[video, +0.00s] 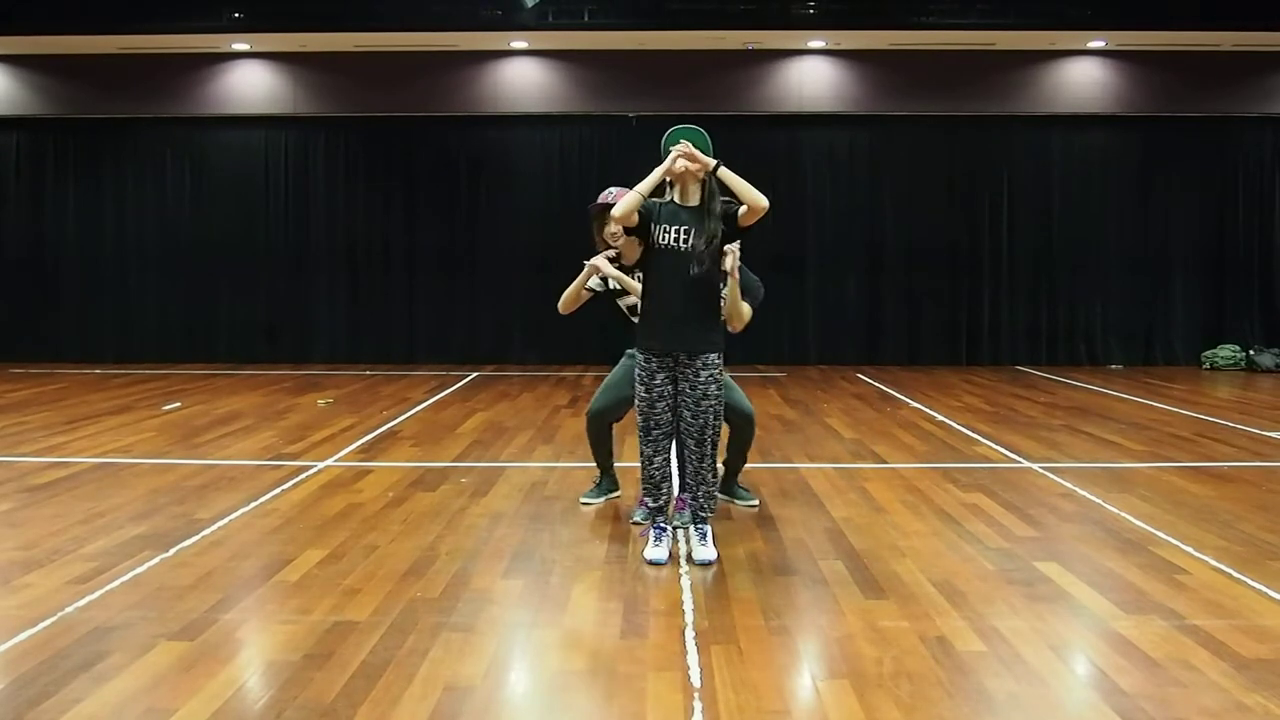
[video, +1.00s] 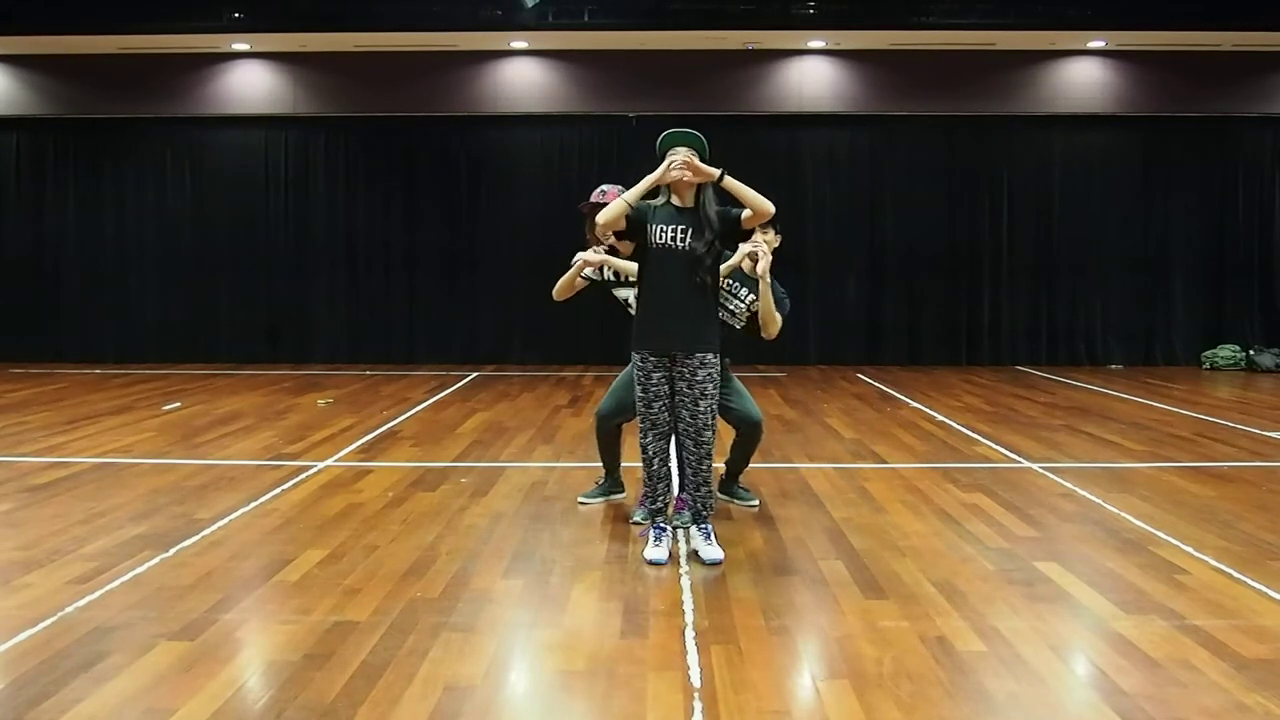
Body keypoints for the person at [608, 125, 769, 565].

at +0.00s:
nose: (682, 162)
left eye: (689, 157)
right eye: (676, 157)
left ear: (703, 168)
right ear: (667, 168)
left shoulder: (719, 213)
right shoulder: (653, 209)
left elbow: (759, 206)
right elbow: (620, 214)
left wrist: (714, 167)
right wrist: (661, 172)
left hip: (703, 346)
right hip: (654, 345)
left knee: (702, 436)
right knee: (654, 436)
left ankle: (699, 521)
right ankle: (658, 523)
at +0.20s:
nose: (681, 165)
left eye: (688, 160)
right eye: (675, 159)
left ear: (702, 171)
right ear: (666, 169)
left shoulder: (718, 216)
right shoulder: (651, 210)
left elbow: (765, 211)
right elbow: (612, 223)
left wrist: (717, 173)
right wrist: (658, 178)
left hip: (701, 345)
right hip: (653, 343)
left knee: (701, 435)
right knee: (655, 434)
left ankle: (699, 521)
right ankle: (658, 523)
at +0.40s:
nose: (682, 164)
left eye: (689, 160)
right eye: (676, 160)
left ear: (702, 170)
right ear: (666, 171)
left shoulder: (716, 215)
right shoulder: (649, 209)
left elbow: (761, 213)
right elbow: (611, 221)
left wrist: (714, 171)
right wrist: (656, 176)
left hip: (700, 343)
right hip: (652, 341)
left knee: (699, 435)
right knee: (655, 433)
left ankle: (699, 522)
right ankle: (658, 524)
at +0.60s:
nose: (681, 168)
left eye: (688, 163)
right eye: (674, 163)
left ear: (700, 172)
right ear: (663, 173)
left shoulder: (715, 215)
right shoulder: (647, 211)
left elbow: (763, 213)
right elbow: (607, 222)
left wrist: (713, 175)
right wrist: (653, 179)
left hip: (699, 343)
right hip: (650, 341)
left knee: (699, 434)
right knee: (654, 433)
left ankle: (700, 521)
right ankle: (658, 524)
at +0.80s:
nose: (680, 171)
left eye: (687, 164)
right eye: (673, 165)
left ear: (700, 172)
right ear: (663, 174)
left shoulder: (713, 215)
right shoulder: (646, 213)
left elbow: (760, 220)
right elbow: (606, 229)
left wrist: (714, 181)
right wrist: (653, 182)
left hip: (699, 343)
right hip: (650, 341)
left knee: (699, 434)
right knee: (653, 434)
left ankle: (699, 521)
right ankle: (657, 523)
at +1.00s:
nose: (683, 170)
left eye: (690, 165)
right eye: (676, 165)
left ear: (700, 173)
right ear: (665, 174)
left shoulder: (716, 215)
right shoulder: (647, 212)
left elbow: (765, 211)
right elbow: (603, 223)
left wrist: (715, 175)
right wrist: (651, 179)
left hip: (700, 343)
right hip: (651, 341)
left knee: (699, 434)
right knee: (654, 433)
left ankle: (700, 521)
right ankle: (658, 524)